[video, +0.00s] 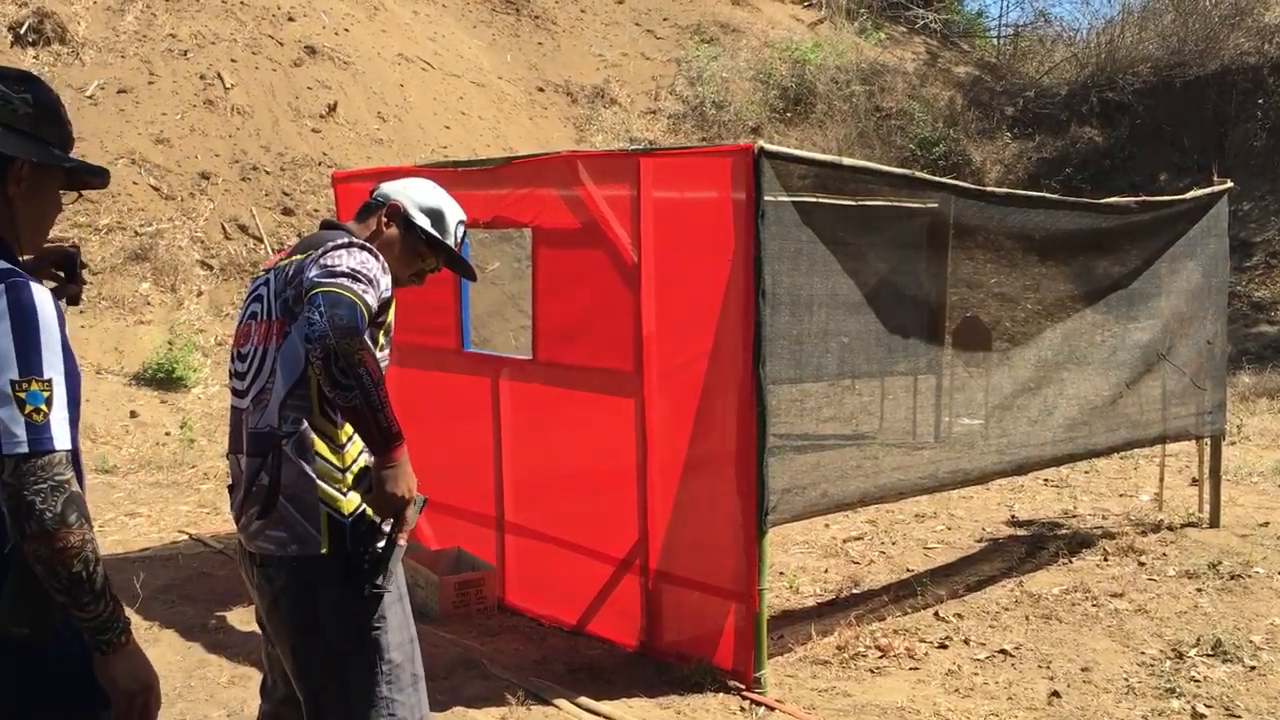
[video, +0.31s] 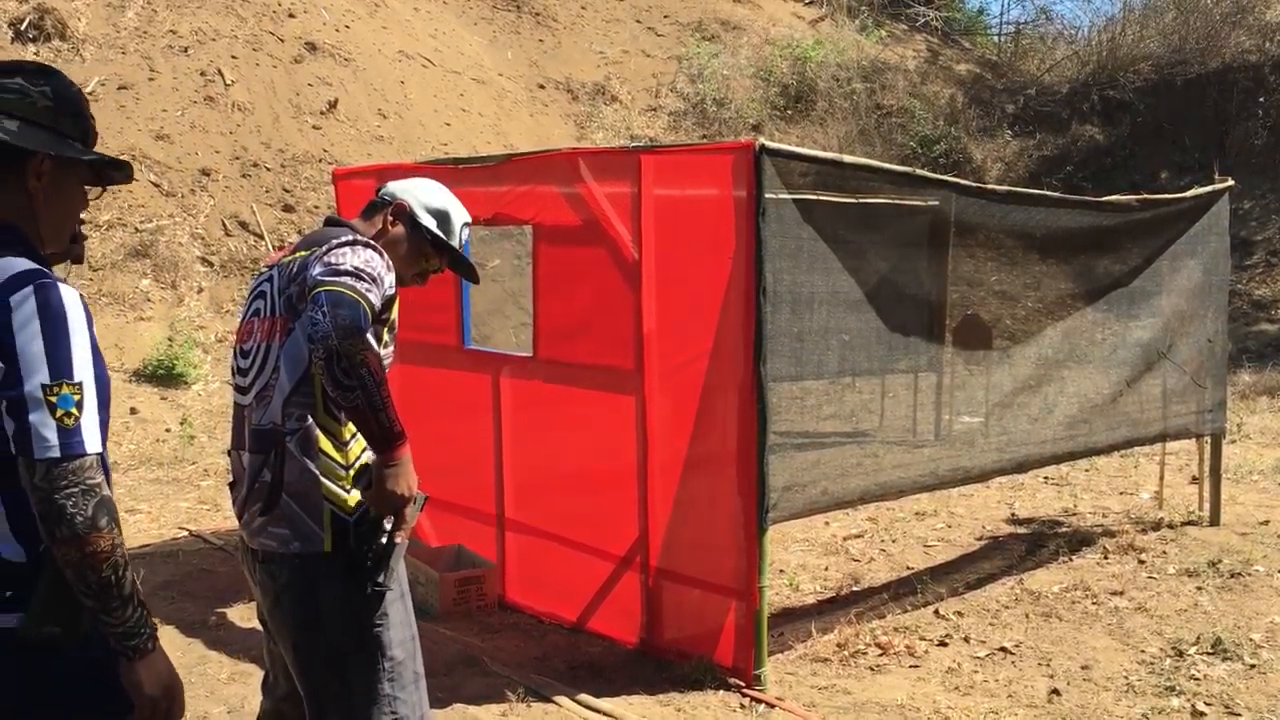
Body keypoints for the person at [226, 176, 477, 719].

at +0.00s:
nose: (422, 276)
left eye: (432, 267)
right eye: (421, 256)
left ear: (378, 224)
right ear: (386, 222)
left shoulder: (281, 271)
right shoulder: (355, 259)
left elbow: (262, 411)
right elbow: (334, 334)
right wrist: (392, 456)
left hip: (276, 544)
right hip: (333, 544)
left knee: (293, 706)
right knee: (383, 707)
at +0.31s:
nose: (424, 276)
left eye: (435, 268)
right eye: (425, 256)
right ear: (393, 220)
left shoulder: (281, 269)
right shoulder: (358, 255)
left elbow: (259, 407)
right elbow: (336, 333)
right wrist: (395, 453)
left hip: (278, 543)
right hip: (336, 542)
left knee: (295, 704)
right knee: (385, 706)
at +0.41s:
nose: (424, 276)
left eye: (435, 268)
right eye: (426, 257)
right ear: (395, 219)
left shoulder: (281, 268)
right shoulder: (358, 252)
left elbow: (256, 407)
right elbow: (332, 326)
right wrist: (382, 451)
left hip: (278, 540)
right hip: (335, 539)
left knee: (293, 705)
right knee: (385, 707)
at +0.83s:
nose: (428, 274)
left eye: (439, 264)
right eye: (433, 256)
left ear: (390, 218)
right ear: (402, 222)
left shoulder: (283, 262)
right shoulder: (355, 255)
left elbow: (244, 403)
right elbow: (307, 323)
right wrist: (336, 458)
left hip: (263, 537)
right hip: (316, 539)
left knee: (286, 702)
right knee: (364, 707)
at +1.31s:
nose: (440, 276)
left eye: (448, 263)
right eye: (443, 260)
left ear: (384, 223)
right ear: (414, 235)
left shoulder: (299, 263)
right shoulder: (372, 278)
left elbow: (248, 383)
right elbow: (317, 358)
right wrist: (323, 479)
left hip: (237, 535)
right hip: (297, 546)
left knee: (274, 694)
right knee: (364, 703)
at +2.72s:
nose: (380, 200)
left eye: (380, 185)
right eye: (373, 184)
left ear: (318, 181)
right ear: (334, 183)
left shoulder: (245, 249)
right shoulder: (319, 271)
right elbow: (339, 419)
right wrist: (385, 536)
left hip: (219, 530)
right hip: (282, 542)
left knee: (262, 697)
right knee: (344, 702)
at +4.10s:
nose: (399, 222)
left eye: (399, 208)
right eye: (393, 207)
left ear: (331, 204)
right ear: (353, 208)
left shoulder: (259, 267)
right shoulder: (332, 288)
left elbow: (268, 407)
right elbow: (347, 435)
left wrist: (329, 497)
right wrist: (395, 547)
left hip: (218, 533)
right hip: (276, 544)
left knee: (277, 695)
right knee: (359, 699)